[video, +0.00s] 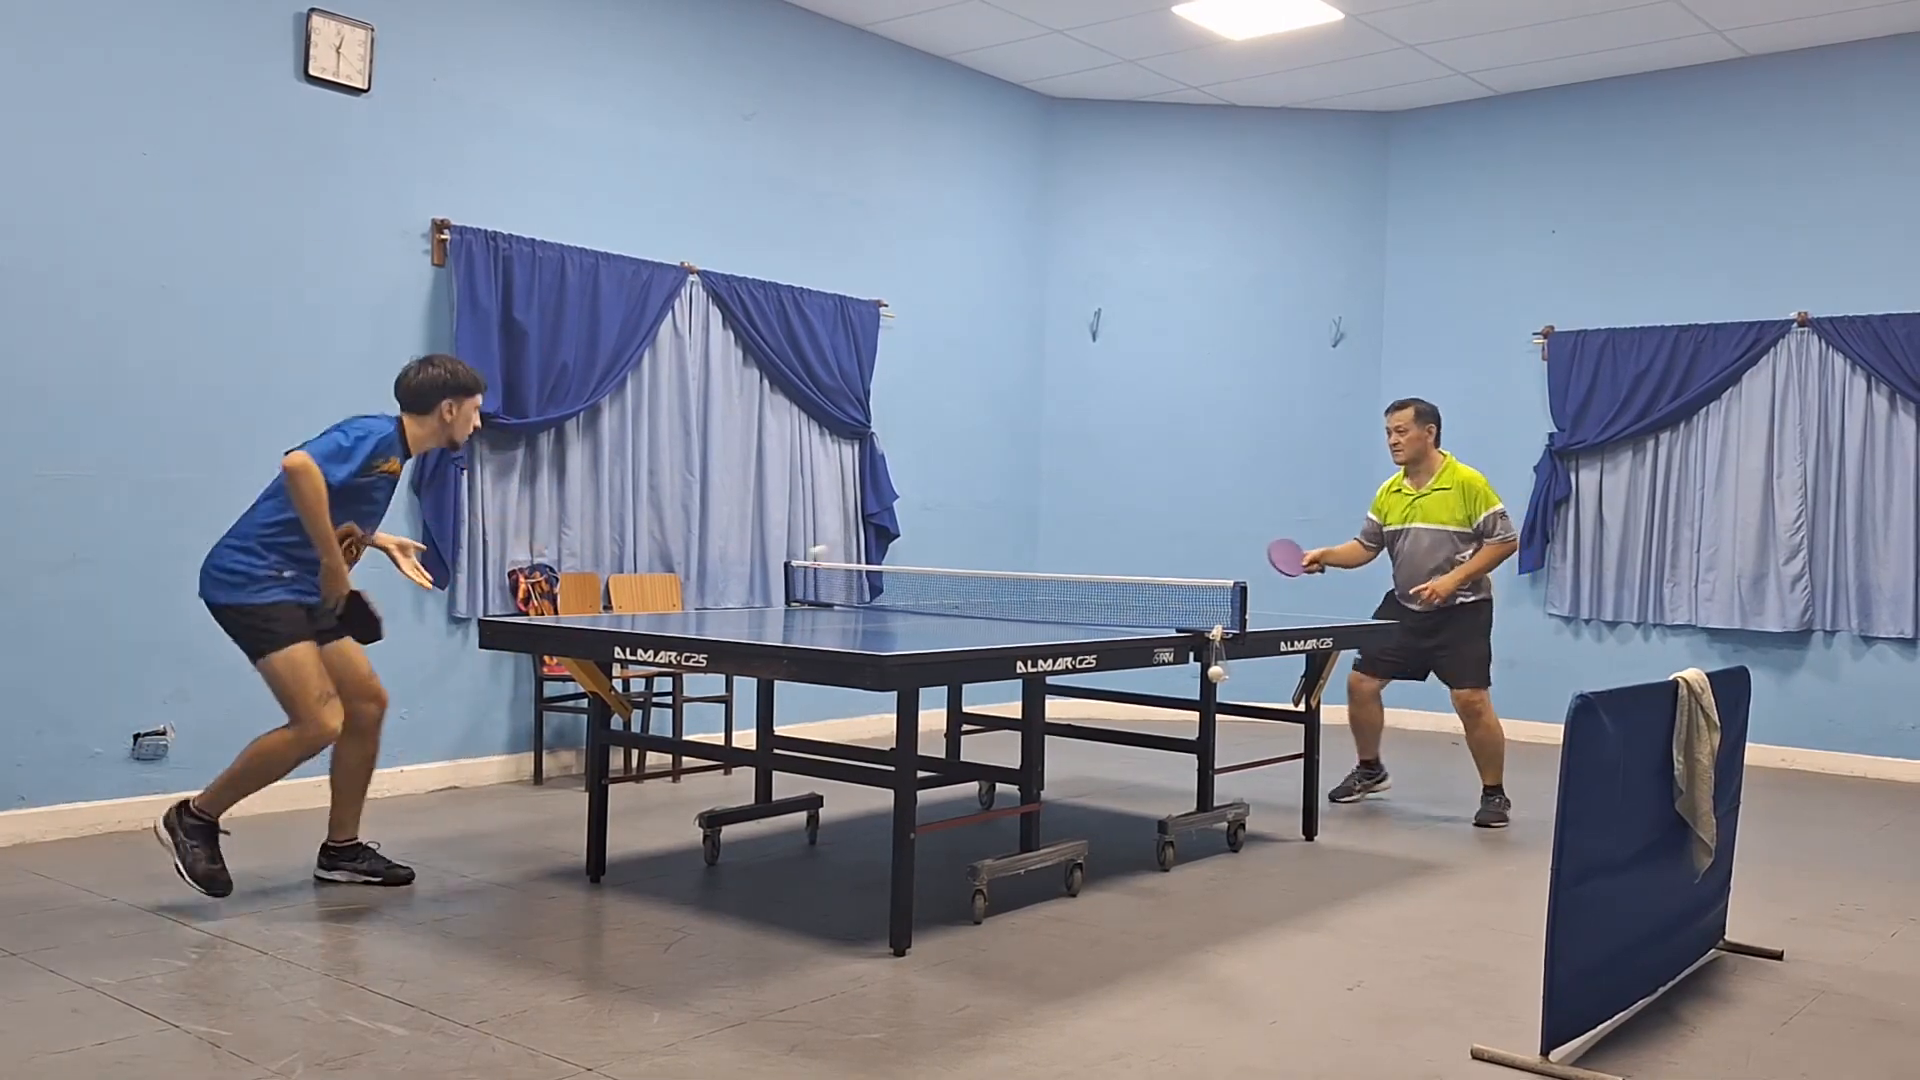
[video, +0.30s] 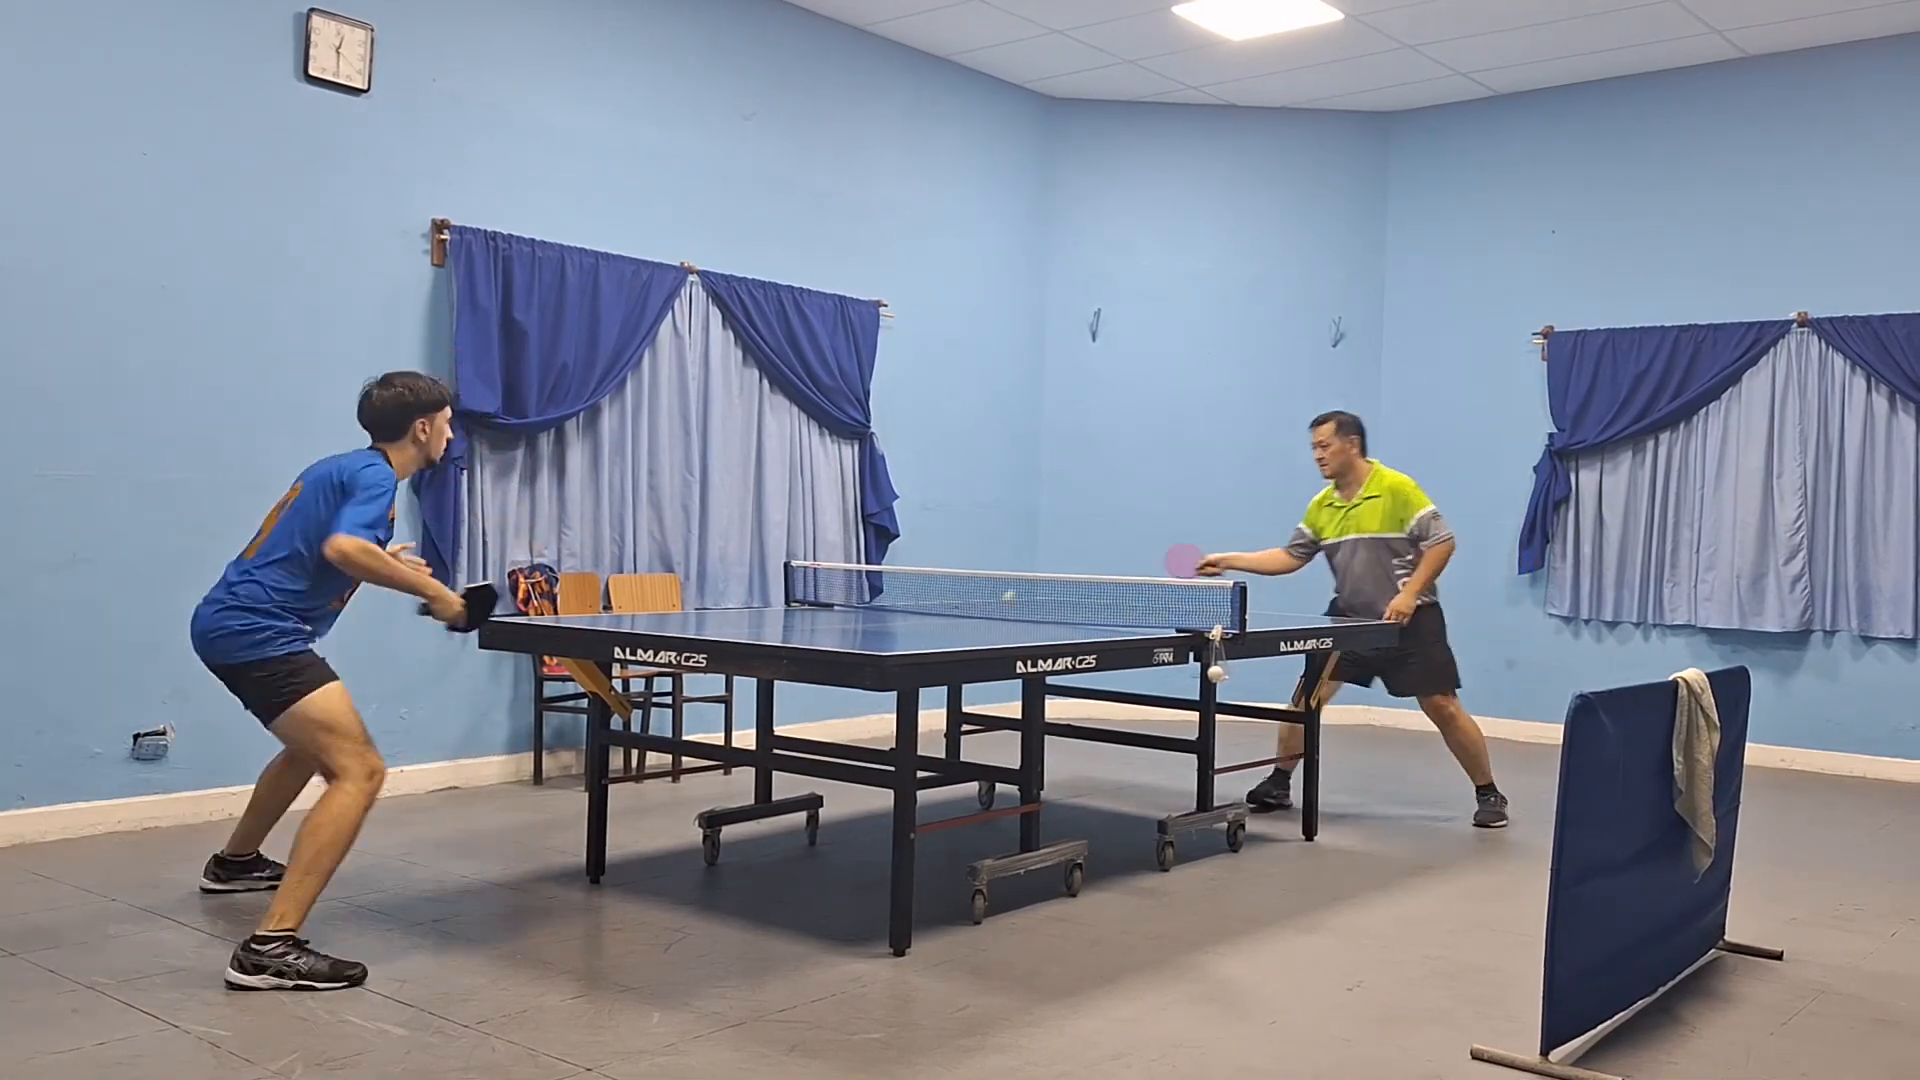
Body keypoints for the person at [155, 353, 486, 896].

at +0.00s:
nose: (479, 421)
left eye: (480, 410)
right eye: (476, 409)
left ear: (439, 408)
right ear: (447, 409)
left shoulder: (393, 453)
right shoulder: (375, 434)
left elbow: (326, 506)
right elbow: (299, 467)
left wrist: (382, 539)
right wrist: (332, 564)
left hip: (298, 584)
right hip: (250, 580)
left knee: (367, 704)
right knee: (319, 722)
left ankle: (342, 848)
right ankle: (196, 816)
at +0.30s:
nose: (450, 433)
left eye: (449, 422)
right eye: (445, 422)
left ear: (390, 428)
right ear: (420, 427)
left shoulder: (339, 468)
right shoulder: (375, 477)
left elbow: (300, 555)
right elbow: (343, 546)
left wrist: (376, 560)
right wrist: (437, 593)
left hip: (224, 623)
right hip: (258, 630)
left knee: (311, 748)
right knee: (360, 772)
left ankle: (236, 857)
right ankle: (273, 943)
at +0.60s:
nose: (448, 394)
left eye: (447, 381)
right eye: (444, 382)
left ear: (379, 388)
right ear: (417, 388)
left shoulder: (319, 440)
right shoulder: (380, 451)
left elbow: (304, 521)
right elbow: (421, 549)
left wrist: (380, 556)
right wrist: (512, 557)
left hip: (227, 624)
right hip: (282, 630)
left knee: (292, 744)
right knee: (403, 775)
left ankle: (208, 890)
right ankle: (344, 962)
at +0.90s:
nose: (442, 443)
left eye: (444, 431)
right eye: (441, 430)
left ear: (374, 426)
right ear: (415, 431)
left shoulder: (311, 466)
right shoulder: (358, 488)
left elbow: (360, 552)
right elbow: (425, 596)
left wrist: (450, 565)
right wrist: (508, 589)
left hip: (181, 638)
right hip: (226, 644)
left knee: (272, 750)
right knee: (385, 766)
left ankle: (179, 892)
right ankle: (343, 965)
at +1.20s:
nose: (428, 482)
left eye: (433, 468)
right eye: (430, 467)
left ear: (355, 446)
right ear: (404, 455)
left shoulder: (278, 464)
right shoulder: (371, 502)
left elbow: (337, 537)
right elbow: (476, 595)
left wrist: (433, 549)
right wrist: (470, 634)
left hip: (164, 659)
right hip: (237, 667)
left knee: (237, 760)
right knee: (406, 798)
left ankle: (177, 892)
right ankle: (302, 980)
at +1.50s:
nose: (386, 436)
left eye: (385, 423)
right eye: (382, 424)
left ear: (311, 427)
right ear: (353, 430)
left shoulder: (235, 472)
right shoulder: (332, 504)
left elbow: (307, 570)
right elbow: (481, 510)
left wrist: (413, 598)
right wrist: (569, 443)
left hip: (153, 679)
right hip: (218, 686)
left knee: (256, 759)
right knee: (403, 801)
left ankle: (158, 906)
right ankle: (301, 982)